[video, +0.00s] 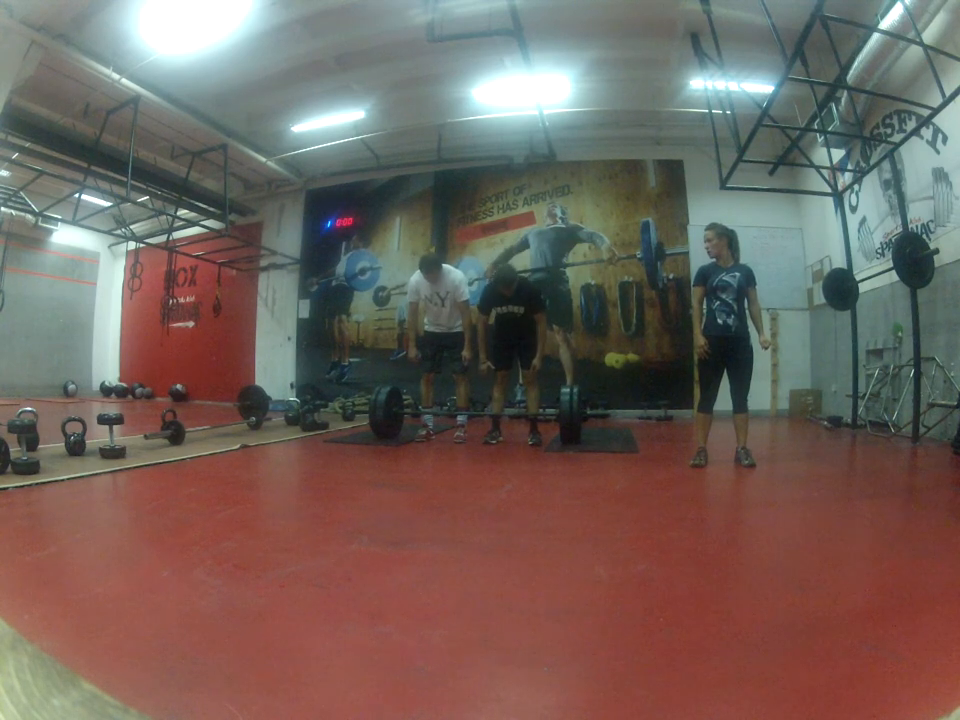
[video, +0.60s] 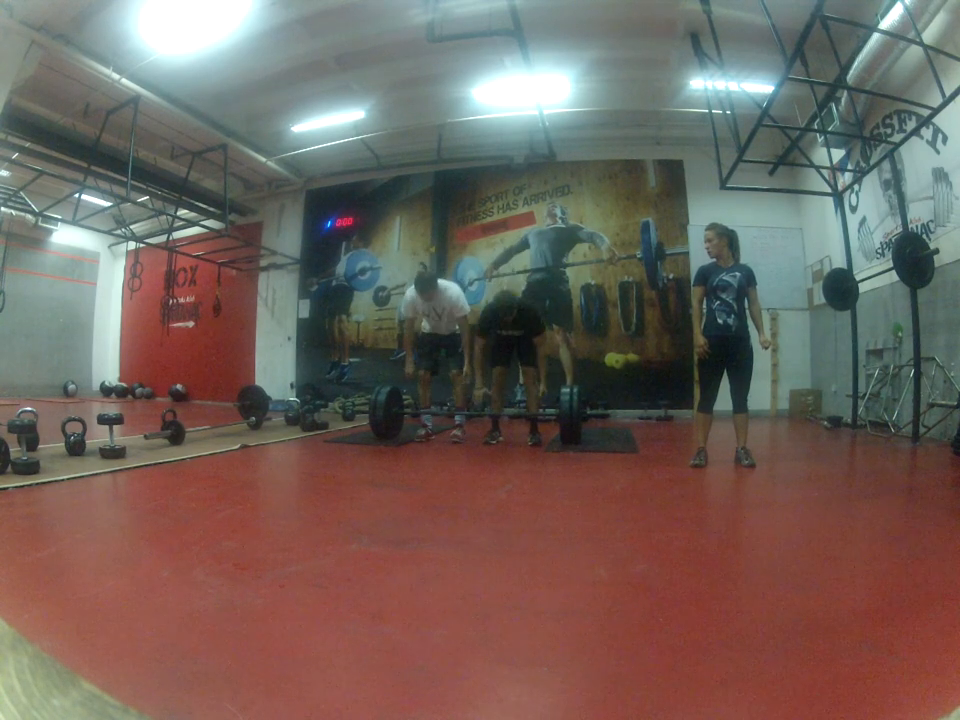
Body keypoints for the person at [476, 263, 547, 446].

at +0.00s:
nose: (507, 292)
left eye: (509, 289)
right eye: (503, 290)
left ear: (515, 282)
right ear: (497, 284)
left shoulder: (530, 290)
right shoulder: (490, 290)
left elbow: (541, 321)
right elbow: (482, 321)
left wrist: (539, 355)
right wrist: (482, 357)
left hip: (527, 341)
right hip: (501, 341)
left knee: (530, 379)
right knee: (500, 378)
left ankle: (534, 429)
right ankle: (495, 428)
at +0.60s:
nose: (507, 319)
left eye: (510, 315)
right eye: (504, 316)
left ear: (516, 309)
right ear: (497, 310)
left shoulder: (529, 311)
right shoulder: (489, 312)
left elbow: (541, 345)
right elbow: (479, 346)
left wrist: (543, 381)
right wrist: (479, 384)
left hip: (525, 338)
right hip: (501, 338)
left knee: (530, 376)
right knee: (498, 376)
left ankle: (534, 429)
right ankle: (495, 428)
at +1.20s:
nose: (508, 320)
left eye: (511, 316)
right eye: (504, 316)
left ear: (517, 311)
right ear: (498, 311)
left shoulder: (529, 322)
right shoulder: (489, 323)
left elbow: (540, 357)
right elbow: (480, 357)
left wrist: (547, 390)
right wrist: (478, 391)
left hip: (524, 350)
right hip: (500, 351)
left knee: (531, 380)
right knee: (496, 381)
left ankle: (534, 430)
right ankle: (495, 429)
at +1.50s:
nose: (510, 249)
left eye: (513, 245)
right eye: (506, 245)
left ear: (520, 244)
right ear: (500, 244)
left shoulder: (531, 270)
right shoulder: (491, 271)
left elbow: (538, 304)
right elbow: (482, 305)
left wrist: (543, 335)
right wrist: (477, 336)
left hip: (526, 332)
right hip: (500, 331)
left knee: (529, 377)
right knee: (497, 377)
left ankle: (534, 428)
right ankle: (495, 428)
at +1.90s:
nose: (506, 276)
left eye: (510, 272)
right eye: (503, 272)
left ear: (516, 272)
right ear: (497, 273)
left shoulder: (530, 293)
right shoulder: (490, 295)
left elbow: (539, 327)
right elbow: (481, 328)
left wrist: (544, 360)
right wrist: (476, 363)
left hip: (525, 341)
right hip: (499, 342)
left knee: (531, 374)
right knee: (496, 377)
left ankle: (534, 428)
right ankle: (495, 428)